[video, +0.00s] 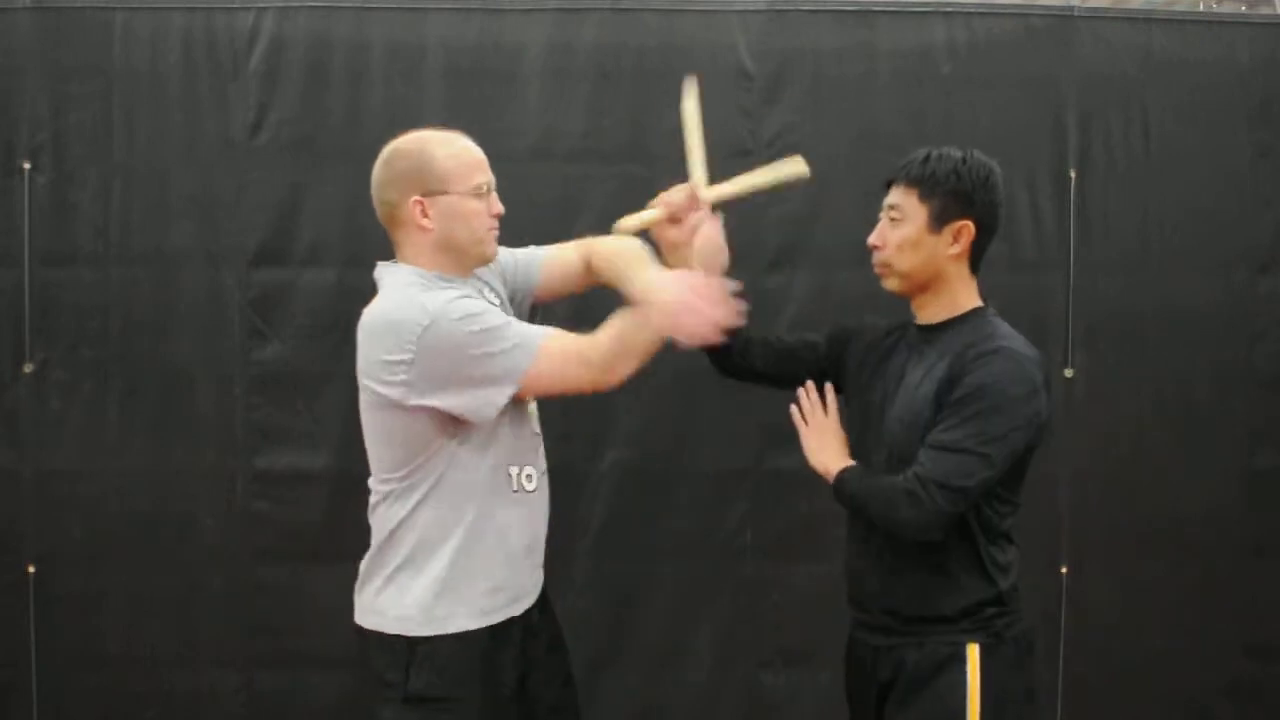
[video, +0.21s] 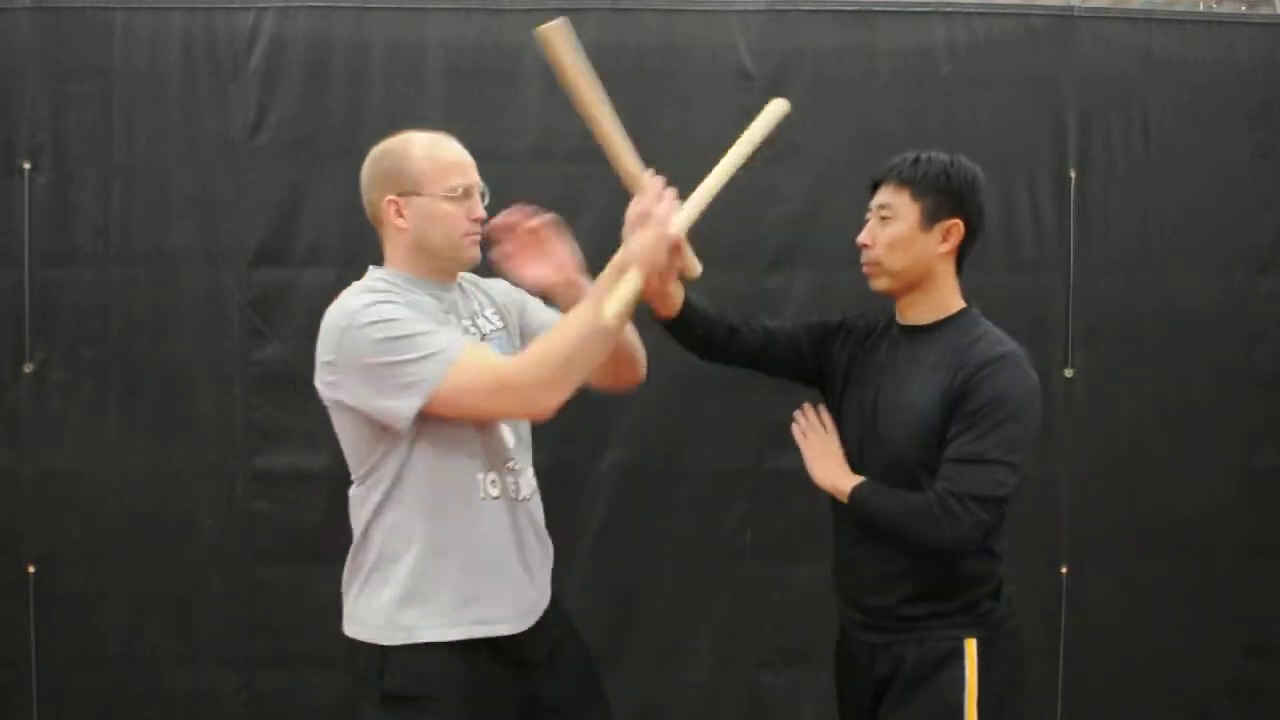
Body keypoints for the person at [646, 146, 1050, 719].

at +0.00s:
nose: (874, 239)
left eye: (894, 220)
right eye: (880, 219)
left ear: (957, 238)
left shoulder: (1005, 367)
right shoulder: (873, 351)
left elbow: (922, 507)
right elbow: (740, 356)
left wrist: (839, 469)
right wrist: (688, 259)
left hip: (961, 657)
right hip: (877, 649)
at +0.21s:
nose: (863, 238)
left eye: (884, 219)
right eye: (867, 220)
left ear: (947, 236)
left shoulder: (996, 368)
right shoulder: (855, 344)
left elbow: (961, 520)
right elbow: (736, 343)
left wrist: (845, 482)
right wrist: (661, 288)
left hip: (948, 651)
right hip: (864, 643)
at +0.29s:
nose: (862, 238)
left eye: (883, 219)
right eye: (866, 221)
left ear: (946, 236)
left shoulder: (996, 370)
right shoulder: (848, 343)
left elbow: (965, 520)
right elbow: (743, 351)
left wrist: (845, 480)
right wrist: (652, 332)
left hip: (948, 646)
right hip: (861, 638)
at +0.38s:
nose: (861, 240)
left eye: (884, 220)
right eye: (866, 221)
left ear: (945, 237)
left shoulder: (996, 369)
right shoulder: (853, 343)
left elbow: (967, 508)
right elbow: (755, 385)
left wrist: (843, 464)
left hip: (947, 647)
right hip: (858, 638)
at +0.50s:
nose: (857, 241)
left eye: (880, 222)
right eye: (862, 223)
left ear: (940, 240)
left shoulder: (990, 366)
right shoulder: (851, 356)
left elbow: (943, 453)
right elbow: (772, 448)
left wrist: (833, 421)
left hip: (944, 647)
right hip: (856, 640)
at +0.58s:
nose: (852, 242)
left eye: (874, 223)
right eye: (856, 224)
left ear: (933, 240)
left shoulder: (977, 363)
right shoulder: (854, 359)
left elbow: (898, 397)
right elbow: (787, 468)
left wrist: (804, 382)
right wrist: (753, 580)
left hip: (942, 641)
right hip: (857, 636)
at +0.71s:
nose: (850, 247)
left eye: (872, 228)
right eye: (855, 228)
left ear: (931, 243)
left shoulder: (956, 349)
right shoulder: (869, 355)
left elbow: (846, 327)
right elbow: (817, 473)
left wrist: (718, 306)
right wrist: (784, 573)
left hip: (929, 644)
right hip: (861, 637)